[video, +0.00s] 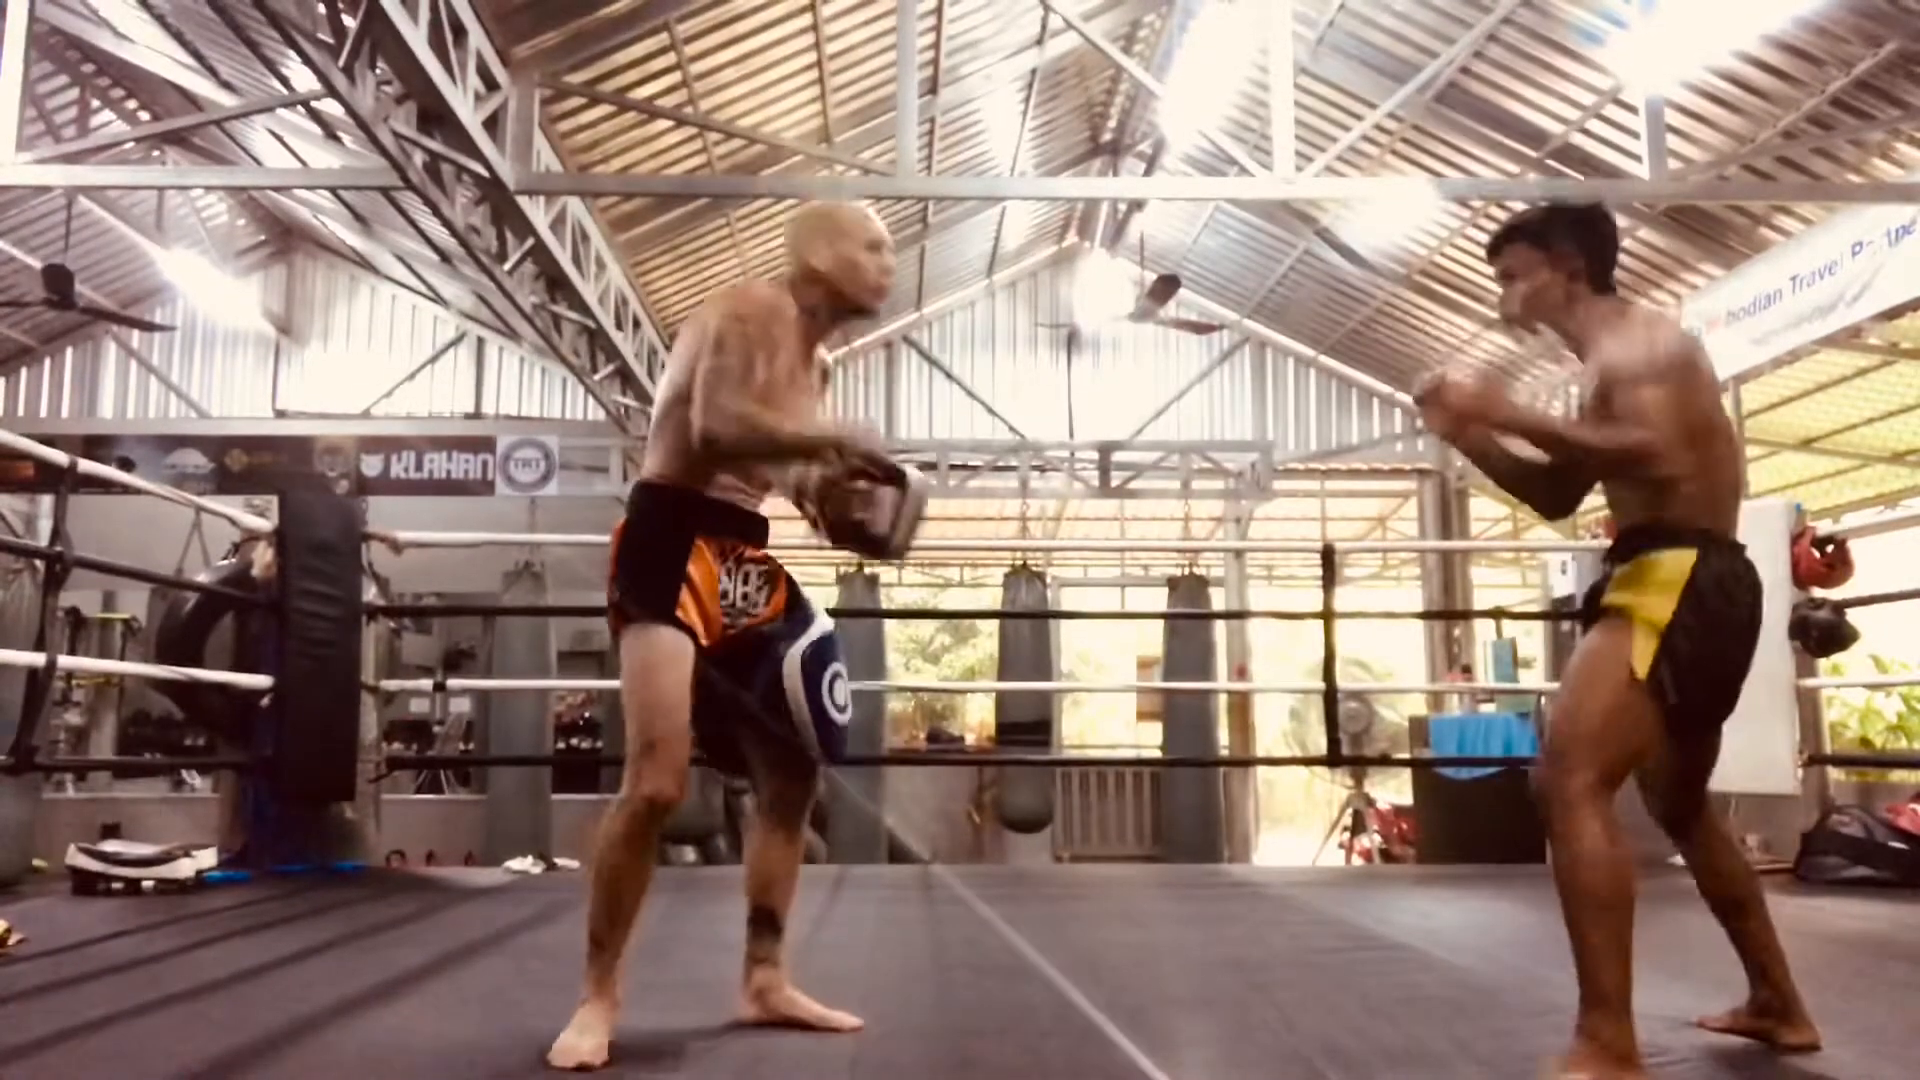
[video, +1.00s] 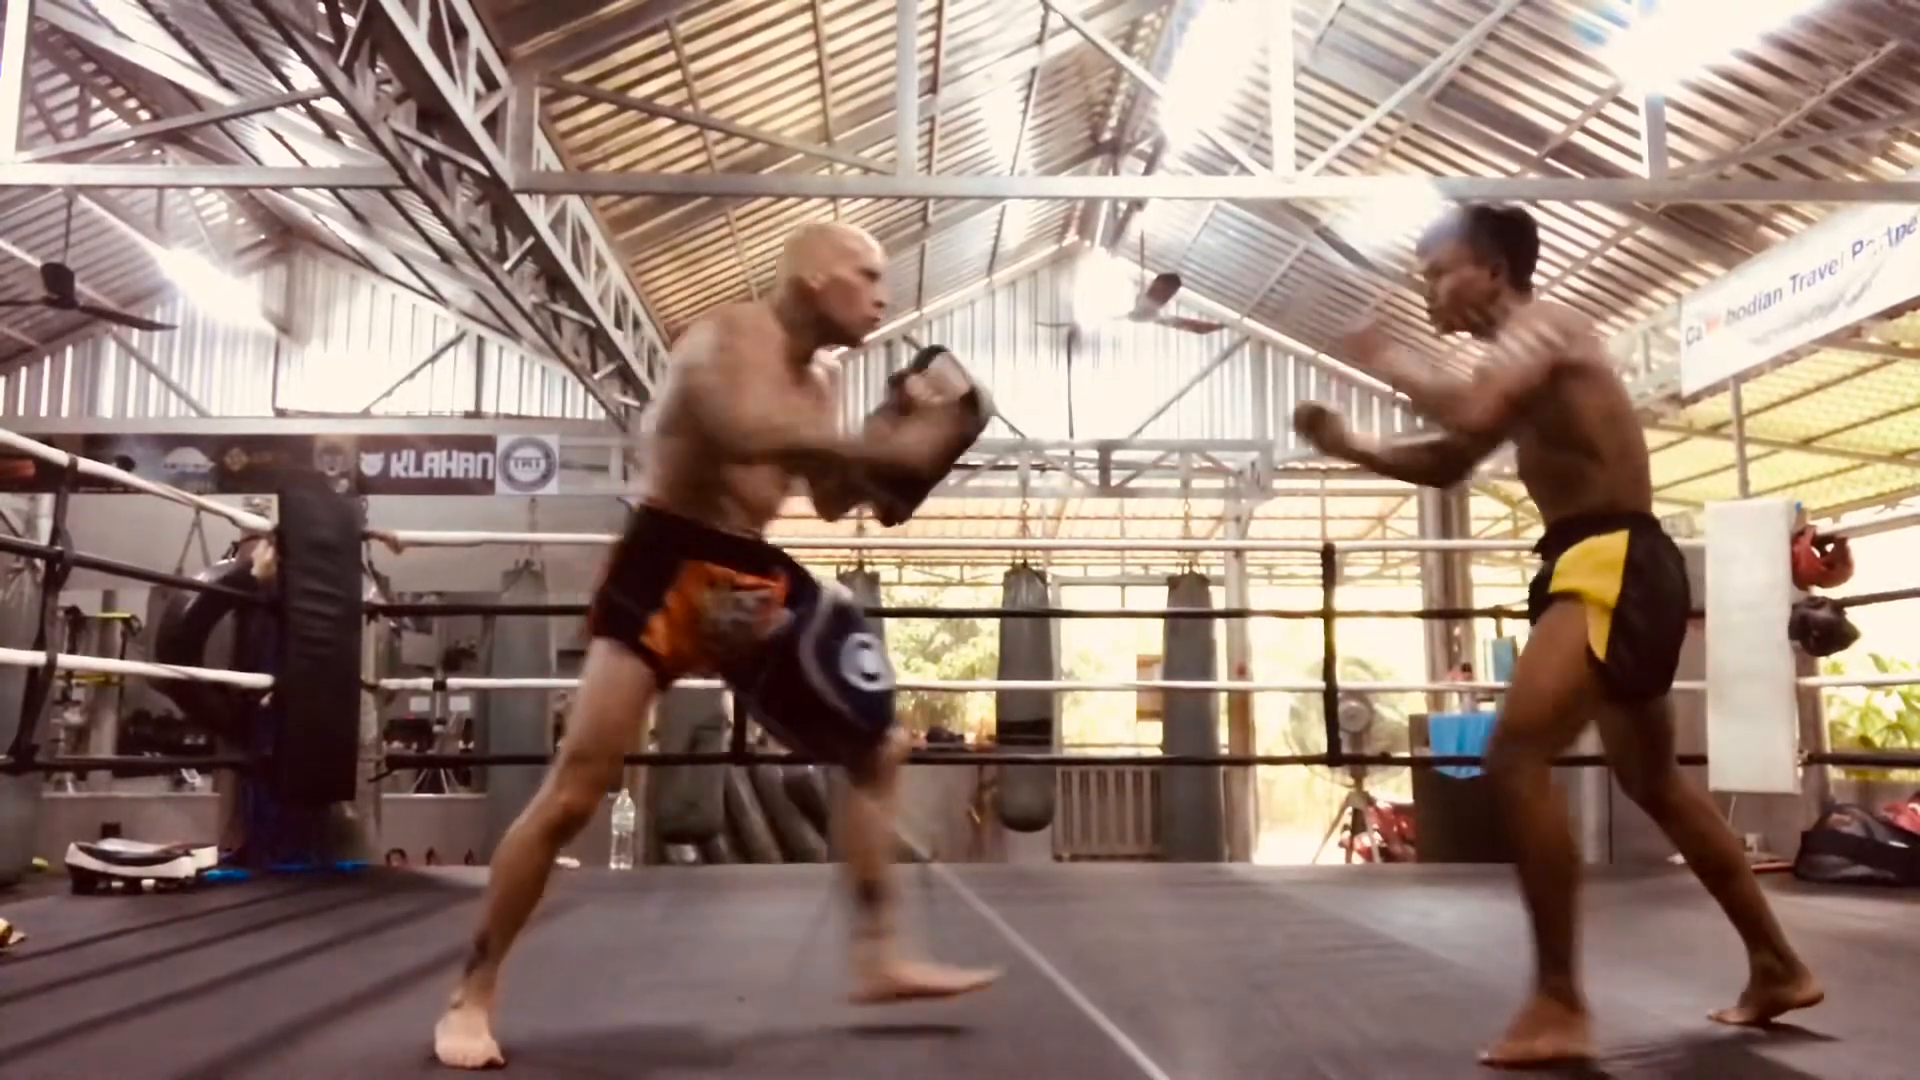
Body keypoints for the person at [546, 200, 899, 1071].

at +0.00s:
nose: (887, 273)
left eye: (887, 257)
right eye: (874, 254)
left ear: (838, 267)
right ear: (823, 257)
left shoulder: (806, 360)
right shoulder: (751, 308)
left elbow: (783, 464)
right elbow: (717, 424)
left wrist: (833, 504)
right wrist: (835, 442)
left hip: (742, 550)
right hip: (672, 534)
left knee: (792, 770)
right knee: (656, 785)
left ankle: (765, 981)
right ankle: (598, 998)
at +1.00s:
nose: (881, 300)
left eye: (881, 284)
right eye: (868, 280)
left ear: (833, 287)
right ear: (816, 278)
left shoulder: (815, 385)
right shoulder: (733, 333)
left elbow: (833, 497)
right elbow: (740, 425)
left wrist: (904, 433)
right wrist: (884, 450)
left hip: (751, 576)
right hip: (665, 563)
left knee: (877, 745)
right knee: (572, 796)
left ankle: (876, 962)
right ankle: (473, 996)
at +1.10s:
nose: (918, 308)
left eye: (920, 296)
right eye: (906, 289)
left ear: (897, 305)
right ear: (857, 286)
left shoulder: (846, 387)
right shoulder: (816, 338)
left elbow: (862, 489)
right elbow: (956, 374)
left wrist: (954, 411)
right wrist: (979, 311)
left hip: (808, 589)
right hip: (744, 577)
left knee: (943, 768)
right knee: (626, 802)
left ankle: (999, 974)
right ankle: (482, 985)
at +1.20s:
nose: (962, 333)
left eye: (963, 322)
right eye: (952, 317)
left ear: (915, 316)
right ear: (905, 306)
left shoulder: (902, 387)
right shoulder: (871, 344)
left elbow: (953, 471)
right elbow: (1015, 362)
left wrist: (982, 366)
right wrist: (1125, 324)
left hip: (882, 590)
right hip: (849, 582)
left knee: (1013, 777)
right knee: (830, 809)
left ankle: (1020, 984)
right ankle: (604, 905)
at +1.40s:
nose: (1028, 328)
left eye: (1032, 320)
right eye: (1019, 305)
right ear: (967, 288)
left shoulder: (966, 398)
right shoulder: (911, 323)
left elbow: (1030, 468)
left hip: (919, 586)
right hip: (926, 511)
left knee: (1021, 775)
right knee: (1158, 530)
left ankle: (1020, 981)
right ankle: (1237, 576)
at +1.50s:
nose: (1029, 300)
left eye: (1034, 290)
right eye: (1022, 279)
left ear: (1011, 296)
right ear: (974, 265)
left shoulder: (985, 371)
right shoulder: (919, 318)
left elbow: (1047, 458)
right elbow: (808, 400)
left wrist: (1049, 366)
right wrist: (803, 409)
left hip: (959, 566)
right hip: (968, 494)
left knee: (1039, 774)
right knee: (1204, 462)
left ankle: (1024, 980)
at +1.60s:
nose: (1029, 259)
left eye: (1034, 244)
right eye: (1016, 241)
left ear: (1024, 253)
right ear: (963, 240)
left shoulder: (998, 346)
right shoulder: (919, 301)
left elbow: (1071, 435)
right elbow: (857, 381)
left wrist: (1090, 342)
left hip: (955, 553)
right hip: (975, 503)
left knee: (1026, 770)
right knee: (1214, 508)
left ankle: (1022, 980)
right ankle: (1354, 634)